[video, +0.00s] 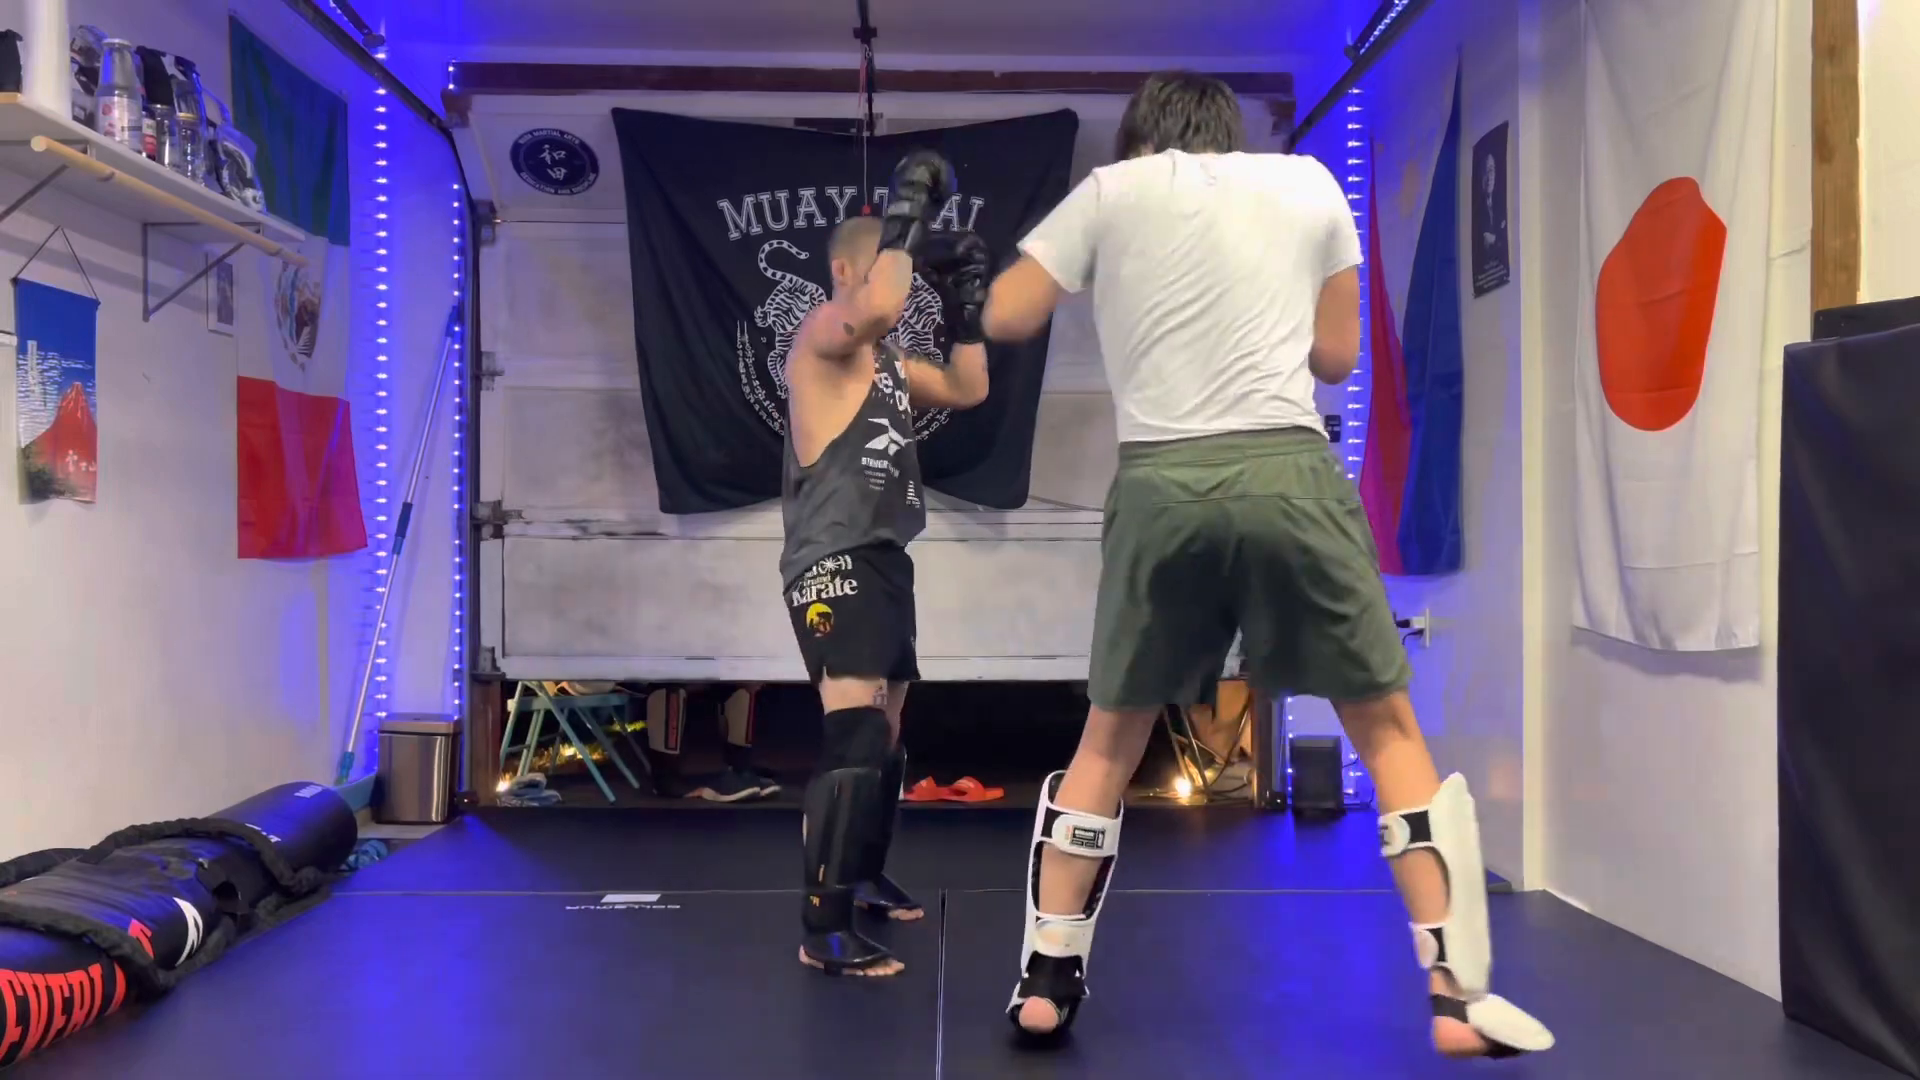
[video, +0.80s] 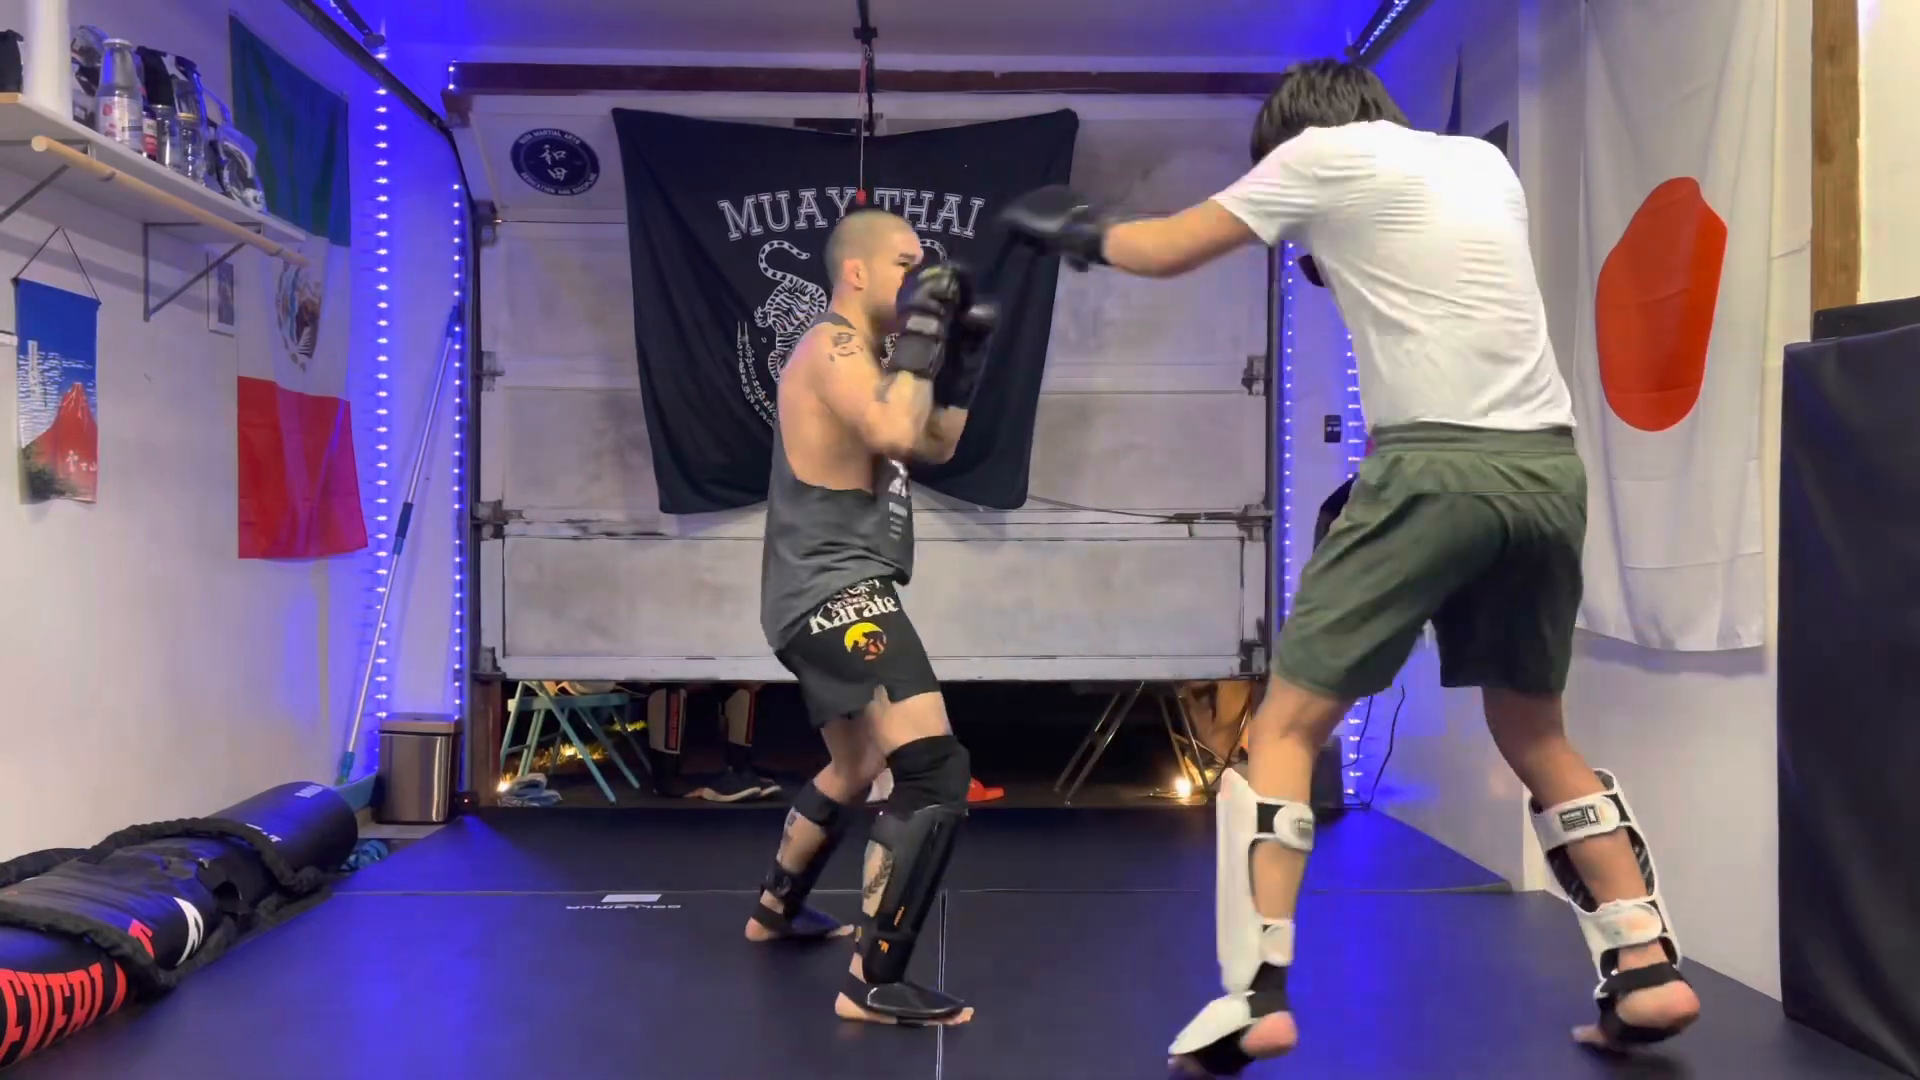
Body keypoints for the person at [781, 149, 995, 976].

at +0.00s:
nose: (896, 285)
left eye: (900, 273)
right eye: (887, 272)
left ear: (878, 280)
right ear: (847, 273)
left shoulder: (887, 359)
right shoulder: (822, 333)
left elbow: (969, 388)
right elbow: (876, 306)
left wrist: (967, 305)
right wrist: (904, 227)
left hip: (883, 556)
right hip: (834, 556)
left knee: (884, 724)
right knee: (856, 732)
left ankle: (864, 882)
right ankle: (824, 928)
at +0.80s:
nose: (919, 280)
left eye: (919, 266)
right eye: (905, 265)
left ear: (868, 278)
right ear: (854, 273)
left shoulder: (865, 354)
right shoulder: (832, 352)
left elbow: (942, 444)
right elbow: (897, 433)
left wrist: (959, 356)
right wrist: (926, 335)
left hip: (824, 593)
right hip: (839, 592)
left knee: (853, 767)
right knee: (935, 775)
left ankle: (777, 904)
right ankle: (876, 983)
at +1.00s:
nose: (902, 283)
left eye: (902, 268)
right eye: (890, 266)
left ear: (850, 270)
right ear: (842, 268)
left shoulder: (851, 354)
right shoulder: (794, 340)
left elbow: (927, 445)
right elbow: (777, 445)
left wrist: (959, 357)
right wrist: (873, 414)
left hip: (832, 578)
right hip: (814, 581)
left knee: (827, 757)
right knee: (900, 760)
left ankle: (745, 884)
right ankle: (874, 979)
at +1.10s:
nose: (886, 315)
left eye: (884, 301)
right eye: (872, 301)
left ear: (837, 310)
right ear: (826, 307)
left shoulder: (843, 390)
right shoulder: (776, 374)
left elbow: (922, 448)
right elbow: (746, 473)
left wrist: (946, 361)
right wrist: (824, 415)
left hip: (828, 612)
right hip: (797, 617)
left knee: (830, 777)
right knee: (917, 773)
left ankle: (736, 899)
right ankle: (874, 978)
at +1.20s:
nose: (869, 312)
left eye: (869, 299)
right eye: (855, 297)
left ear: (826, 307)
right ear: (804, 303)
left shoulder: (827, 386)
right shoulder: (758, 374)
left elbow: (890, 472)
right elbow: (740, 483)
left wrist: (921, 392)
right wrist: (809, 404)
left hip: (813, 603)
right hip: (774, 606)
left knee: (826, 776)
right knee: (874, 770)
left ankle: (738, 895)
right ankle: (871, 975)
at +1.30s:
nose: (852, 271)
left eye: (852, 259)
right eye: (838, 258)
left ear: (822, 271)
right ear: (786, 268)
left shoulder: (816, 351)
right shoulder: (748, 337)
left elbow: (859, 448)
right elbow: (731, 447)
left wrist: (913, 386)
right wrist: (798, 357)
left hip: (788, 572)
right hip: (751, 571)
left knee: (793, 745)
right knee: (817, 751)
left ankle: (739, 881)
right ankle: (802, 958)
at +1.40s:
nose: (832, 254)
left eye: (835, 243)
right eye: (819, 241)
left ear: (818, 257)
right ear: (769, 249)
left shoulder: (797, 336)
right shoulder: (737, 316)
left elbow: (854, 429)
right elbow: (733, 407)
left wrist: (900, 363)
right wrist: (804, 327)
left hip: (758, 560)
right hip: (730, 560)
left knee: (773, 740)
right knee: (794, 744)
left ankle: (728, 895)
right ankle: (711, 937)